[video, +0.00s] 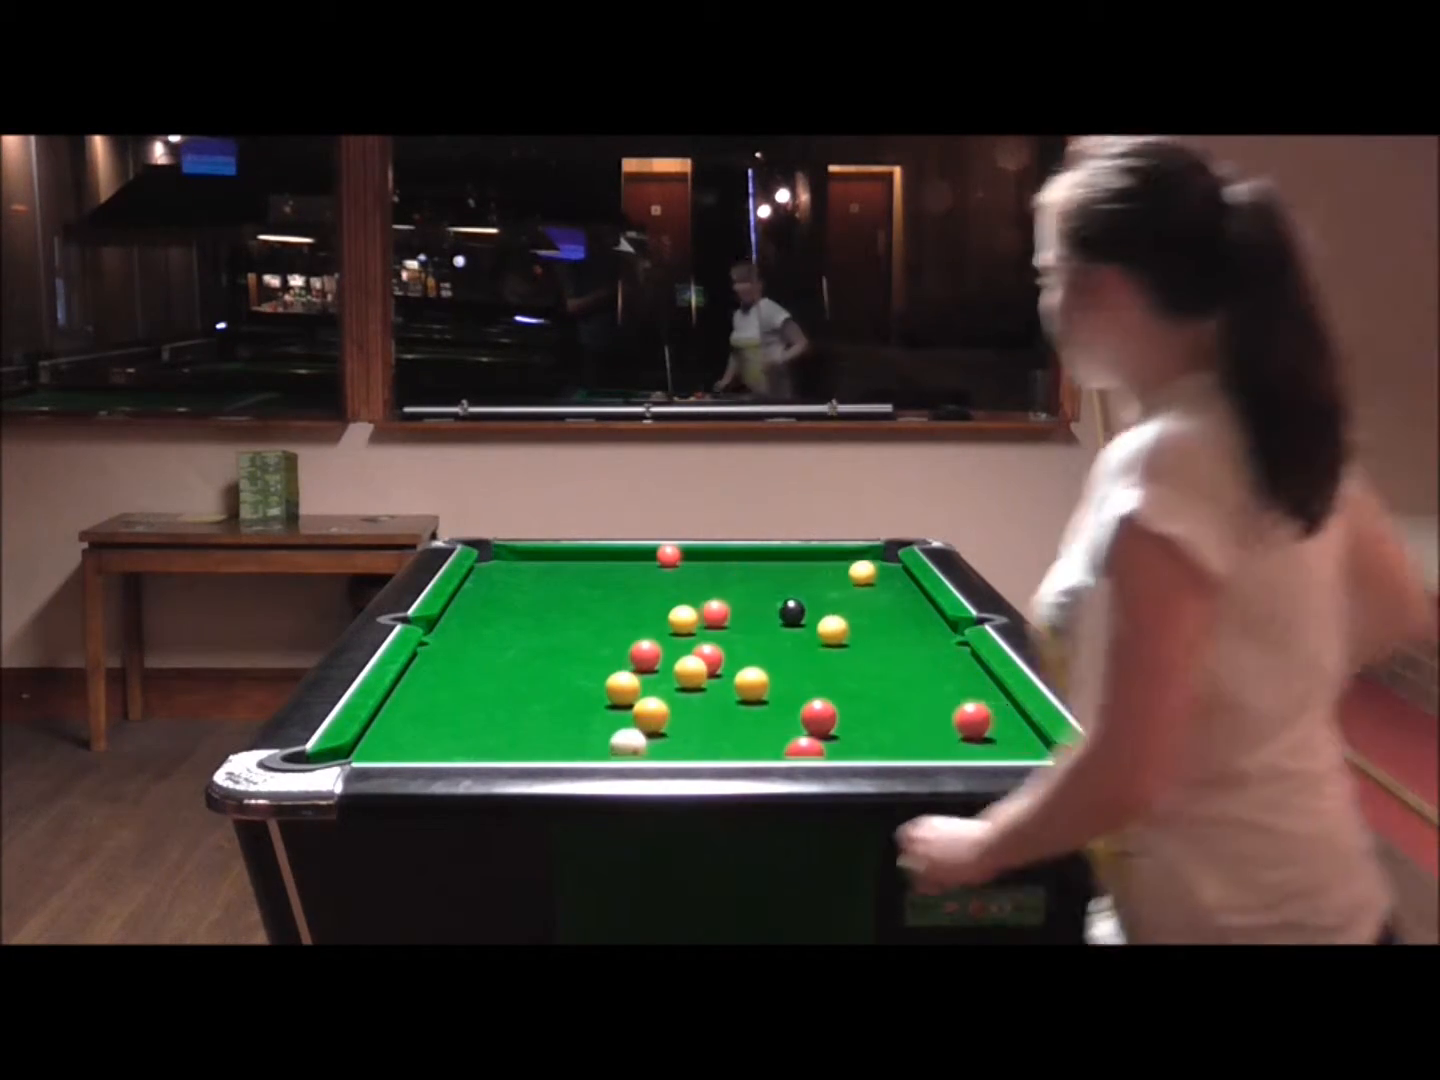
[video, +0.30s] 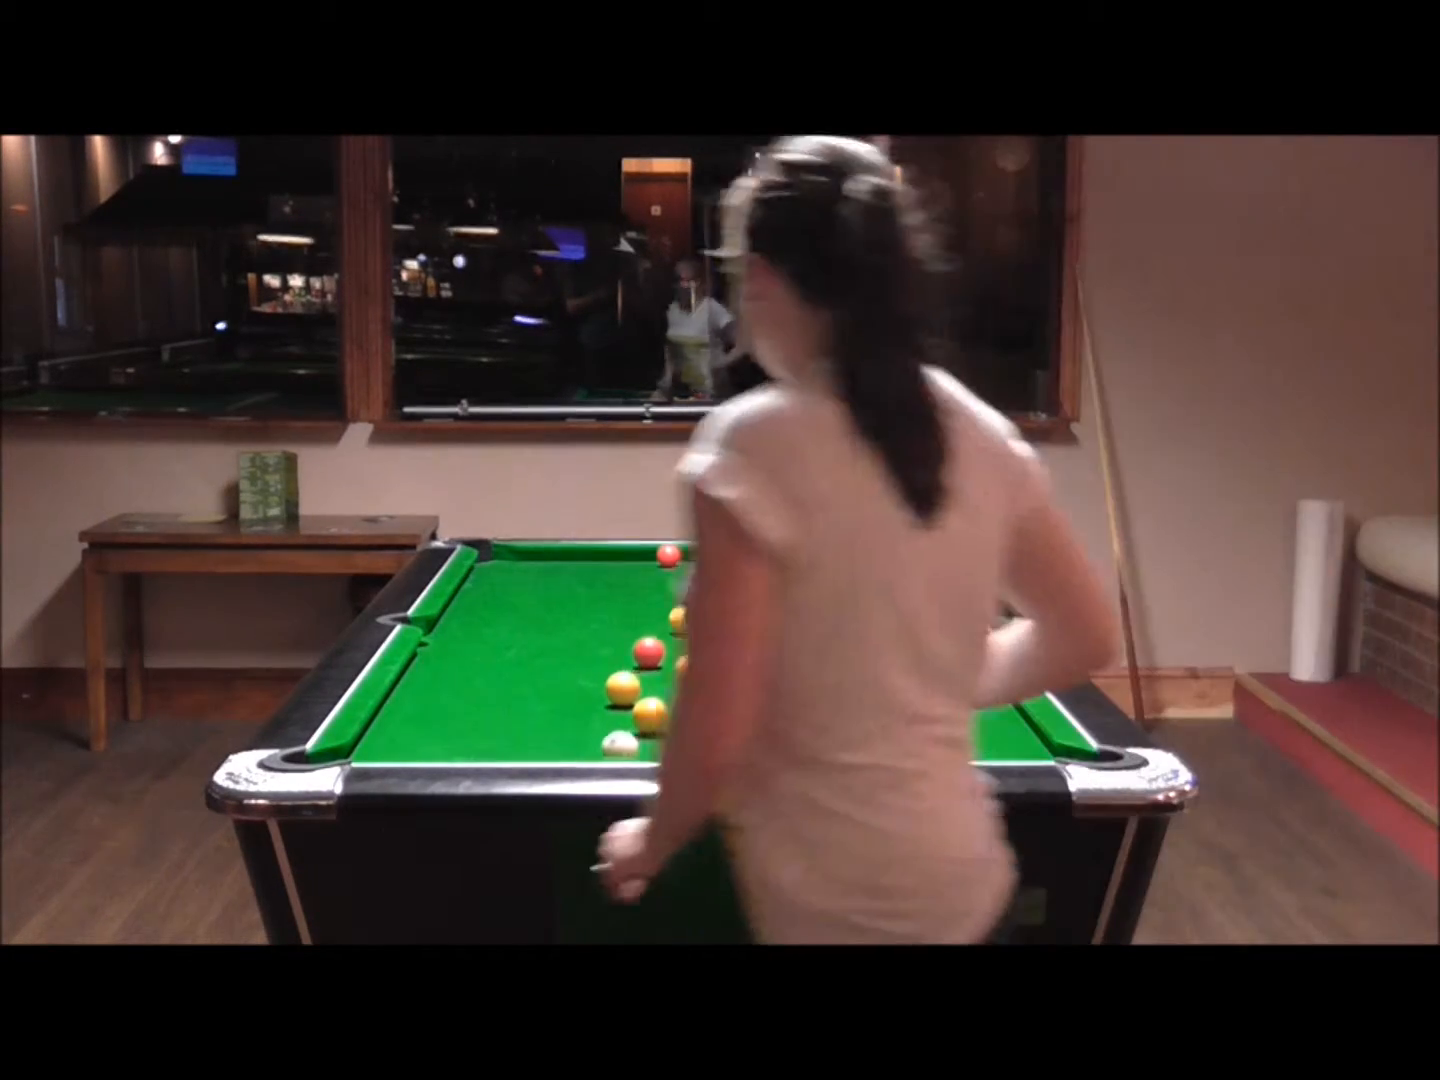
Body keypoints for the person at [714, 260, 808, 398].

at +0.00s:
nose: (738, 288)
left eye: (744, 282)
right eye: (736, 283)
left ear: (758, 285)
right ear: (734, 286)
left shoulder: (768, 309)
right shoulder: (738, 315)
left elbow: (800, 342)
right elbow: (736, 354)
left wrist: (780, 358)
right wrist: (726, 380)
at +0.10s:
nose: (721, 289)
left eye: (727, 283)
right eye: (719, 283)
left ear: (741, 286)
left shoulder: (751, 311)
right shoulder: (720, 315)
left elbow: (784, 345)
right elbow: (718, 354)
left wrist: (764, 361)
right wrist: (707, 380)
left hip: (760, 395)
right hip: (736, 395)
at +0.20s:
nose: (701, 287)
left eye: (707, 282)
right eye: (697, 282)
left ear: (718, 286)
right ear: (692, 285)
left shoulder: (725, 309)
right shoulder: (692, 313)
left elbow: (758, 347)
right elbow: (690, 352)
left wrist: (735, 366)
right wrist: (681, 380)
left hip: (729, 394)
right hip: (700, 392)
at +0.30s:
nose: (684, 286)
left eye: (690, 281)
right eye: (680, 281)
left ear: (700, 283)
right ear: (674, 283)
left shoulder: (711, 308)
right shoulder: (672, 311)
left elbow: (740, 341)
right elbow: (668, 347)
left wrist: (720, 362)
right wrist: (667, 378)